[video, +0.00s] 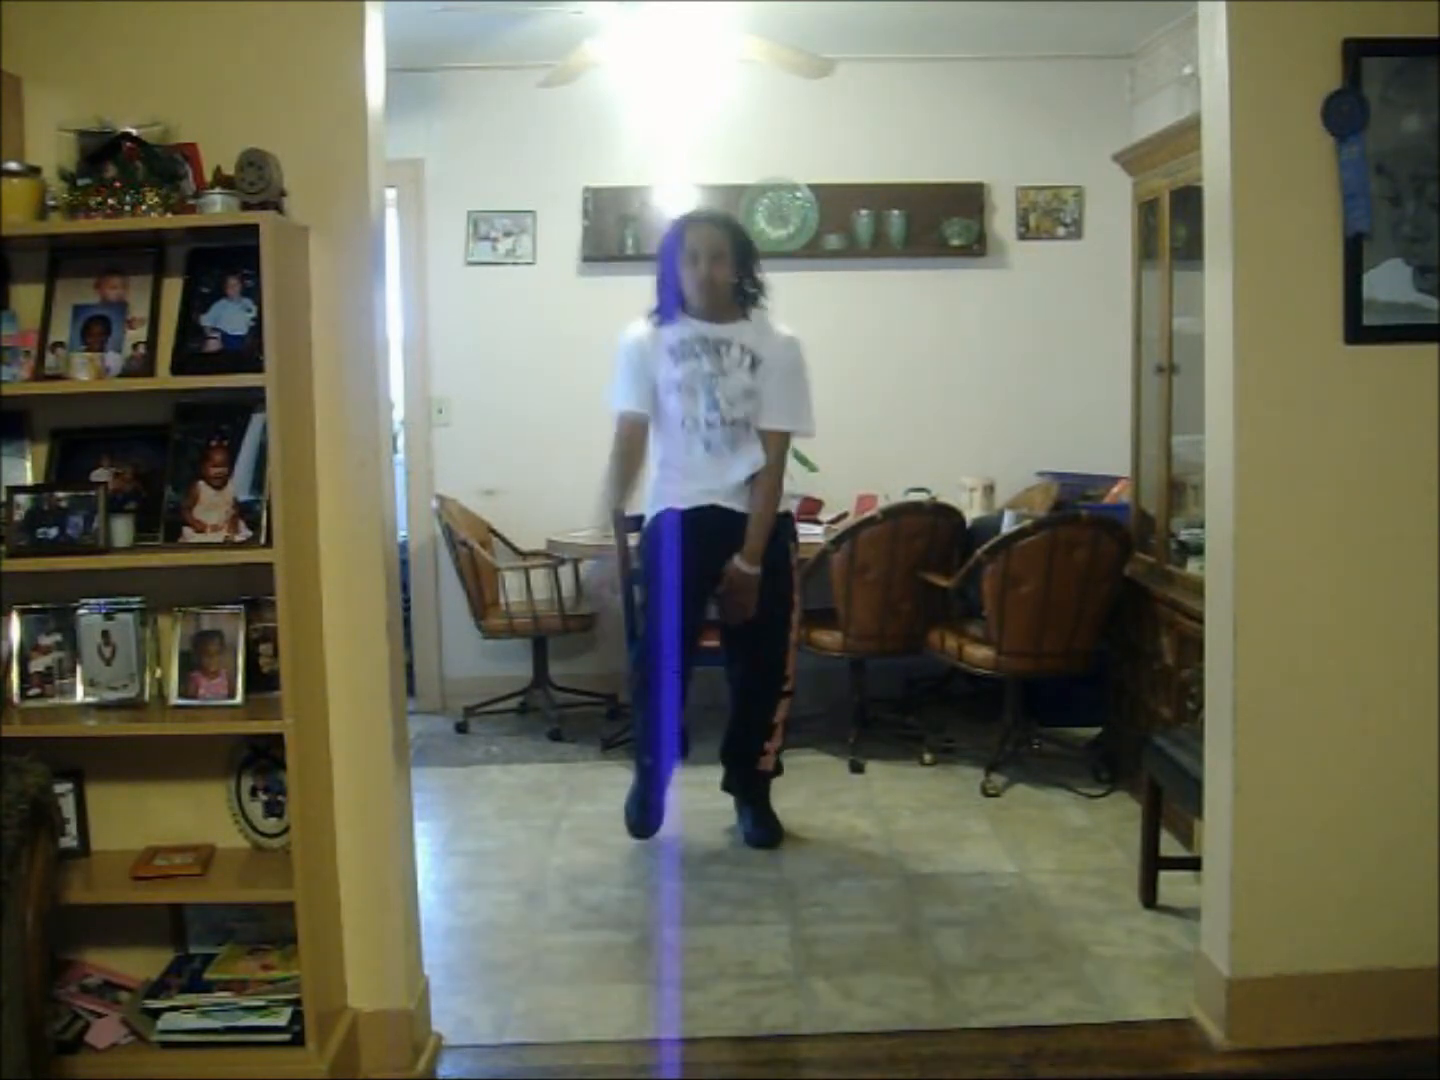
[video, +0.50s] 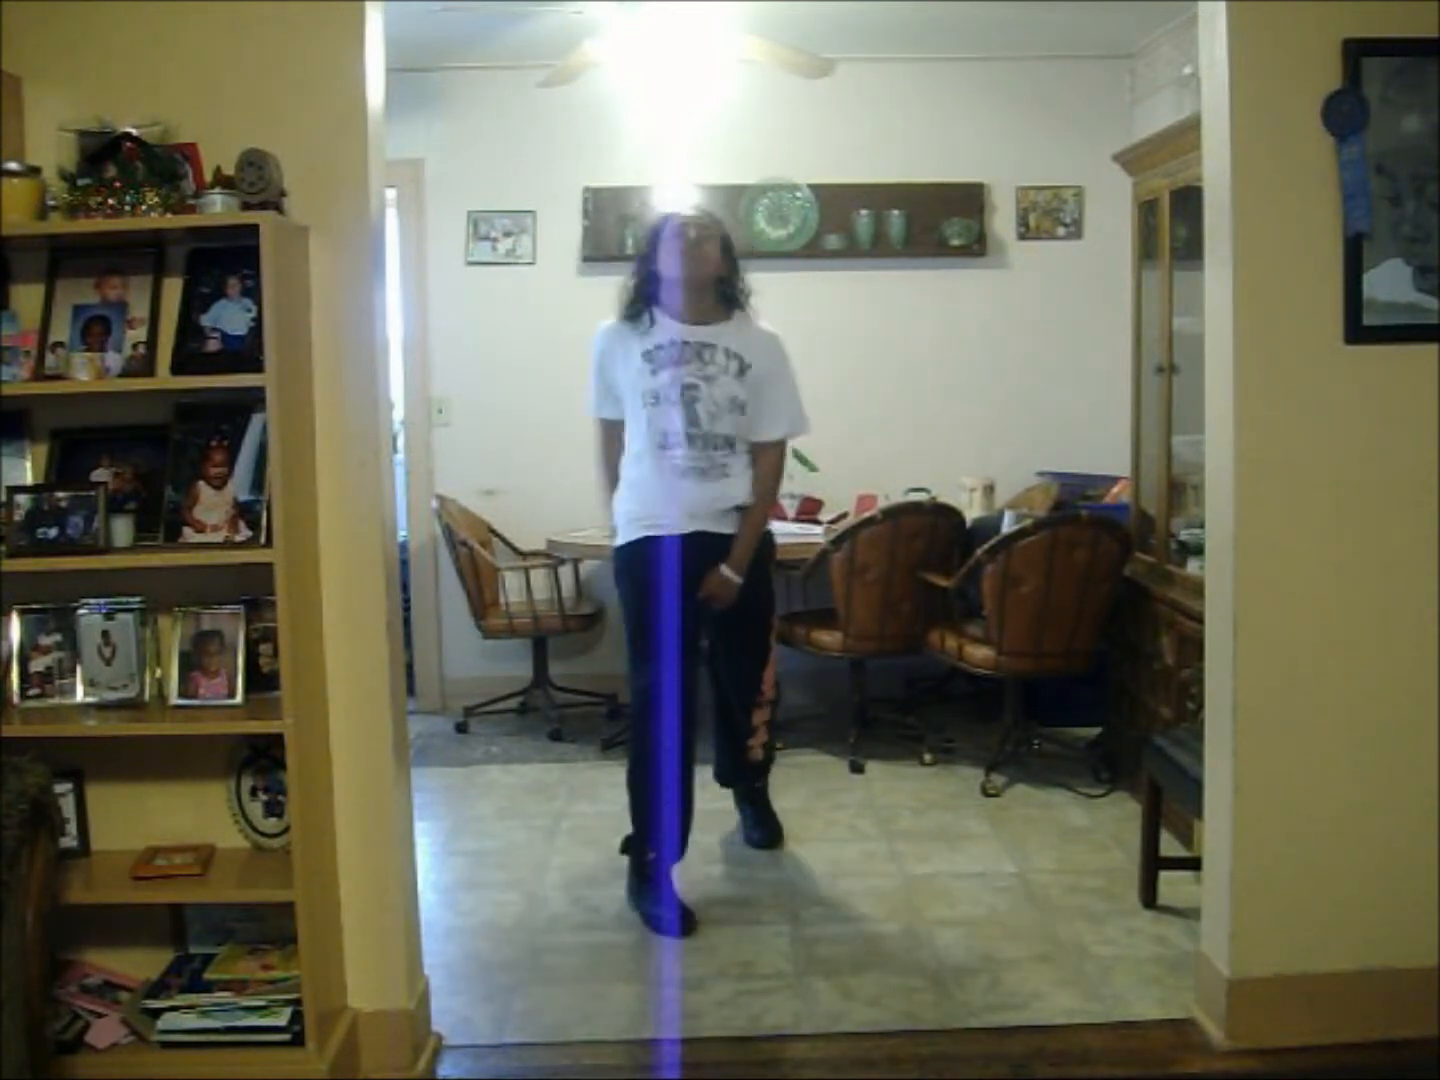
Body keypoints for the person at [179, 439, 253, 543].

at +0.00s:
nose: (219, 472)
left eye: (224, 467)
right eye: (214, 466)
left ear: (231, 469)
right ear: (203, 468)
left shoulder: (231, 488)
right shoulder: (199, 488)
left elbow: (236, 509)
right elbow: (186, 511)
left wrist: (234, 523)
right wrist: (199, 526)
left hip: (225, 534)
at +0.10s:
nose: (219, 472)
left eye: (224, 467)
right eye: (214, 466)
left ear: (231, 469)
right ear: (203, 468)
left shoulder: (231, 488)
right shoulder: (199, 488)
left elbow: (236, 509)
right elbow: (186, 511)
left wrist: (234, 523)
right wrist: (199, 526)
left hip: (225, 534)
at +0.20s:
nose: (219, 472)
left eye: (224, 467)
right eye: (214, 466)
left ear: (231, 469)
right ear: (203, 468)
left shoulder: (231, 488)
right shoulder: (199, 488)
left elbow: (236, 509)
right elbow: (186, 511)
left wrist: (234, 523)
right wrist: (199, 526)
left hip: (225, 534)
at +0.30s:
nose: (219, 472)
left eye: (224, 467)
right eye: (214, 466)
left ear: (231, 469)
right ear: (203, 468)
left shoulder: (231, 488)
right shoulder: (199, 488)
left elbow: (236, 509)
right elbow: (186, 511)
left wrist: (234, 523)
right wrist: (199, 526)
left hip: (225, 533)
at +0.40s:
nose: (219, 472)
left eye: (224, 467)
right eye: (214, 466)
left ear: (231, 469)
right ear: (203, 468)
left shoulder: (231, 488)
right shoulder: (199, 488)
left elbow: (236, 509)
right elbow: (186, 511)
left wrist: (234, 523)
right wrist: (199, 526)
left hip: (225, 534)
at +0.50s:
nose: (219, 472)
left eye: (224, 467)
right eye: (214, 466)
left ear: (230, 469)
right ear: (203, 468)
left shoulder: (231, 488)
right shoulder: (199, 488)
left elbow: (236, 509)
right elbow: (186, 510)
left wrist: (234, 523)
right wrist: (198, 525)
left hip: (225, 534)